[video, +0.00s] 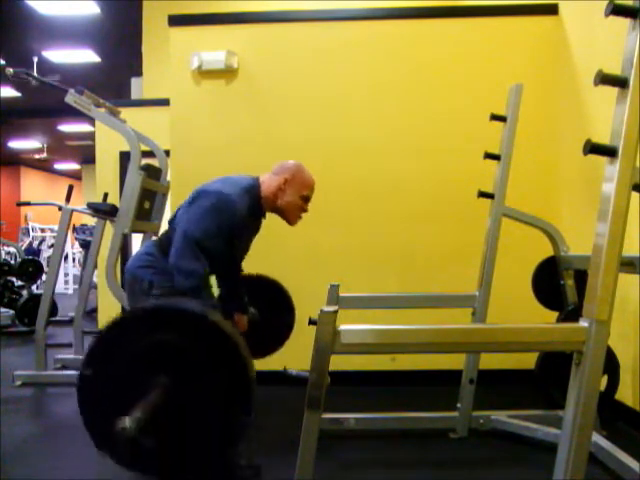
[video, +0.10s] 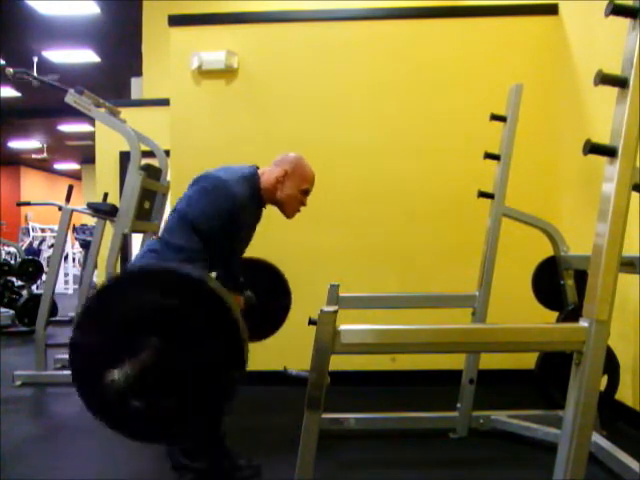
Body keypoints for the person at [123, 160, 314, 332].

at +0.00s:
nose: (306, 208)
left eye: (308, 201)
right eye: (304, 199)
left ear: (282, 186)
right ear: (282, 186)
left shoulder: (251, 209)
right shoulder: (226, 200)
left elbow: (228, 267)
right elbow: (185, 264)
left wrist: (237, 310)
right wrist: (211, 318)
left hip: (176, 280)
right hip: (151, 281)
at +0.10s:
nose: (304, 202)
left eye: (307, 195)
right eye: (303, 192)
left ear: (280, 179)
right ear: (280, 178)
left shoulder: (248, 199)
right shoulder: (229, 192)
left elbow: (226, 259)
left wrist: (237, 291)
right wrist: (230, 294)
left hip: (179, 289)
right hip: (159, 288)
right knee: (204, 370)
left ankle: (201, 454)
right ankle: (198, 457)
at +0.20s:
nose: (307, 197)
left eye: (310, 190)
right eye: (306, 187)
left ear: (284, 174)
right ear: (284, 173)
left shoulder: (251, 194)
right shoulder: (233, 188)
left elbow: (227, 248)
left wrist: (235, 276)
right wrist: (221, 276)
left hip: (194, 292)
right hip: (175, 292)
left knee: (206, 373)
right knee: (191, 373)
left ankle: (207, 457)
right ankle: (196, 461)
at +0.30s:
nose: (314, 202)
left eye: (317, 194)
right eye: (313, 192)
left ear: (291, 179)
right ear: (290, 178)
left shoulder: (255, 201)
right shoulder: (239, 192)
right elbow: (165, 210)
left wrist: (230, 271)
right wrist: (214, 267)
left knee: (211, 366)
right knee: (199, 368)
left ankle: (207, 457)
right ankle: (198, 461)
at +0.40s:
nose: (318, 207)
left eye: (320, 199)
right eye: (316, 196)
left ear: (293, 185)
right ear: (293, 184)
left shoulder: (256, 206)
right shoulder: (242, 198)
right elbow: (168, 213)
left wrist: (228, 277)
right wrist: (211, 274)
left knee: (211, 368)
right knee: (196, 371)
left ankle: (209, 458)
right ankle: (197, 462)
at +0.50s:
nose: (313, 204)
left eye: (315, 196)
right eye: (311, 193)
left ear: (287, 181)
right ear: (288, 181)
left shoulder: (250, 205)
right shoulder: (237, 201)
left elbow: (218, 255)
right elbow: (174, 237)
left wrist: (229, 288)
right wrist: (215, 289)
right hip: (168, 295)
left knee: (204, 374)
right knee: (196, 376)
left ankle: (204, 457)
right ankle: (199, 460)